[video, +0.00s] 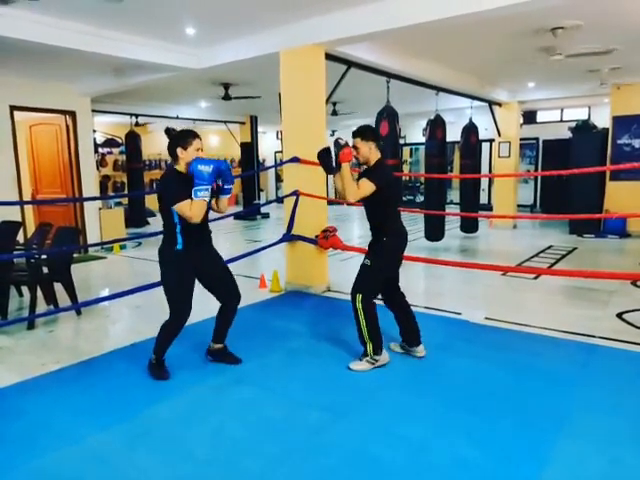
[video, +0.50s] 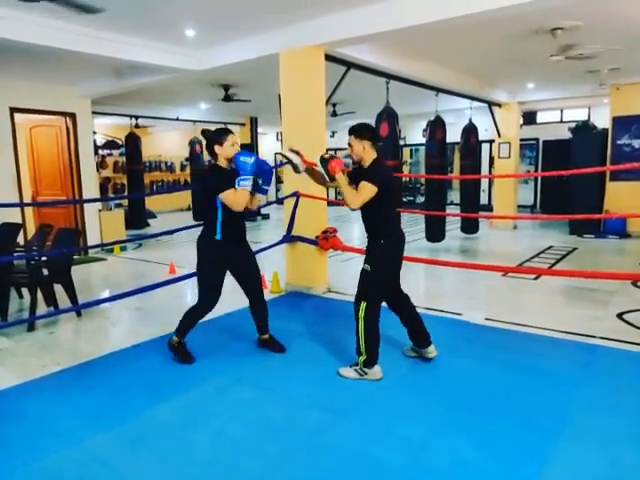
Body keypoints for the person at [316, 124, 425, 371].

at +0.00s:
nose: (355, 152)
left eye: (357, 147)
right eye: (354, 148)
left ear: (372, 146)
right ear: (369, 148)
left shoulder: (380, 171)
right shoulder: (372, 170)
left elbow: (353, 196)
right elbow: (344, 194)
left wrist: (345, 163)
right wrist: (336, 170)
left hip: (387, 240)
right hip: (390, 238)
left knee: (360, 294)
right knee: (391, 292)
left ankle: (375, 354)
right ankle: (413, 343)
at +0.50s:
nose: (349, 150)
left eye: (351, 145)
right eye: (349, 145)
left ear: (365, 144)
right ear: (364, 145)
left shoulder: (378, 171)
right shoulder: (363, 170)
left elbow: (354, 201)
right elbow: (329, 182)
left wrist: (338, 175)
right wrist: (305, 167)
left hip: (384, 243)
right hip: (385, 241)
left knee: (365, 303)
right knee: (393, 296)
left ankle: (367, 365)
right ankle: (424, 345)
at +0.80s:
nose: (359, 149)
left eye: (361, 144)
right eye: (359, 145)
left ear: (374, 144)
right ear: (377, 145)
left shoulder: (382, 173)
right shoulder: (386, 170)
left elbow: (355, 205)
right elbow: (357, 200)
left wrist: (348, 172)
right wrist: (342, 176)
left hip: (385, 245)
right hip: (396, 242)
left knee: (364, 304)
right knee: (401, 297)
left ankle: (368, 366)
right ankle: (430, 349)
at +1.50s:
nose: (370, 152)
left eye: (372, 147)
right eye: (370, 147)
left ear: (385, 146)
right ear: (389, 146)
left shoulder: (389, 173)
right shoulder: (398, 170)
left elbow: (373, 211)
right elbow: (387, 205)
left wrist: (353, 191)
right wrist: (366, 190)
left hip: (389, 248)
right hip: (404, 245)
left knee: (371, 305)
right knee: (411, 299)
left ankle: (368, 367)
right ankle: (431, 354)